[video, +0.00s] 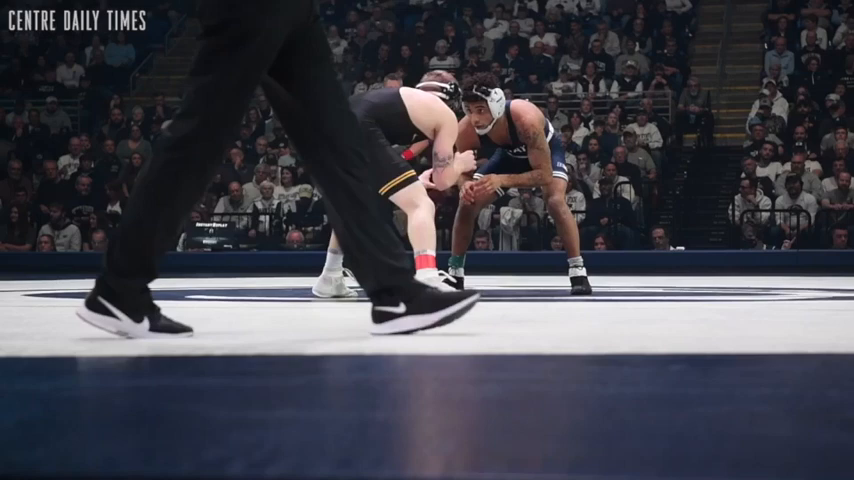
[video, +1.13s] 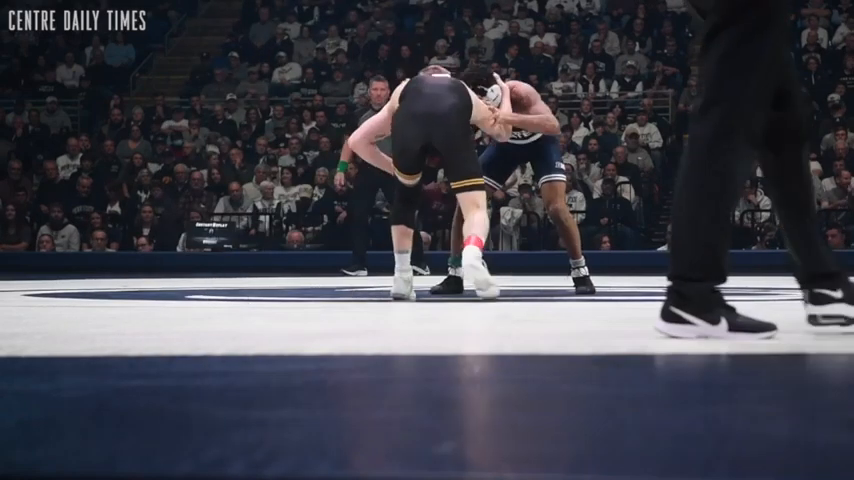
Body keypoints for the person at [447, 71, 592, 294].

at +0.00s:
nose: (474, 119)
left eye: (480, 111)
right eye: (470, 112)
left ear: (497, 108)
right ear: (465, 111)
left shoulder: (526, 118)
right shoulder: (466, 129)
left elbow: (544, 176)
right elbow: (460, 164)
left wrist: (500, 181)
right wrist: (464, 183)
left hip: (545, 151)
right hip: (508, 154)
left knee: (556, 201)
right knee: (467, 202)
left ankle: (577, 271)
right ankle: (454, 274)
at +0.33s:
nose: (494, 127)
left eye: (496, 119)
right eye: (487, 123)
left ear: (504, 110)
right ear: (476, 119)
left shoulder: (527, 118)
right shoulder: (476, 120)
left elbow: (560, 158)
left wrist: (514, 154)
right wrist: (467, 165)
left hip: (546, 152)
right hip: (509, 153)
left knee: (556, 202)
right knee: (470, 204)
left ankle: (578, 272)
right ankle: (455, 274)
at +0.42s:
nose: (474, 116)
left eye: (479, 108)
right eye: (468, 109)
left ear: (491, 108)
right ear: (461, 109)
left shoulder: (526, 118)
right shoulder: (467, 124)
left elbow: (566, 145)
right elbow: (462, 149)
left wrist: (528, 156)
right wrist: (489, 159)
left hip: (545, 151)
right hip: (500, 154)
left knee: (555, 202)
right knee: (467, 205)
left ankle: (577, 269)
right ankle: (455, 268)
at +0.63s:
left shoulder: (508, 113)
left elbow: (547, 114)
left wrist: (513, 117)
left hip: (536, 141)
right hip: (502, 151)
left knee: (549, 201)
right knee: (462, 202)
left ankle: (578, 269)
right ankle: (455, 274)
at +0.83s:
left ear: (447, 87)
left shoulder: (472, 101)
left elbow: (518, 116)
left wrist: (468, 111)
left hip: (524, 142)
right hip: (492, 154)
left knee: (534, 192)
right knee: (450, 202)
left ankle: (581, 262)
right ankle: (450, 273)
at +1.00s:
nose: (472, 91)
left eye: (473, 84)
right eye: (466, 87)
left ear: (481, 78)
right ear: (458, 87)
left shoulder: (501, 81)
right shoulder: (459, 102)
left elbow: (534, 100)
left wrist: (491, 89)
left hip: (532, 144)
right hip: (499, 150)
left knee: (549, 206)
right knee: (462, 197)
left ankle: (579, 269)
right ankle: (452, 269)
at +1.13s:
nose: (491, 110)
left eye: (492, 103)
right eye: (484, 107)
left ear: (499, 89)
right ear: (473, 100)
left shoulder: (521, 92)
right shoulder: (472, 104)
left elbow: (553, 126)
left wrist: (509, 118)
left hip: (541, 143)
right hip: (504, 145)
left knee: (556, 207)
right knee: (467, 200)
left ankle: (580, 273)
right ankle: (455, 275)